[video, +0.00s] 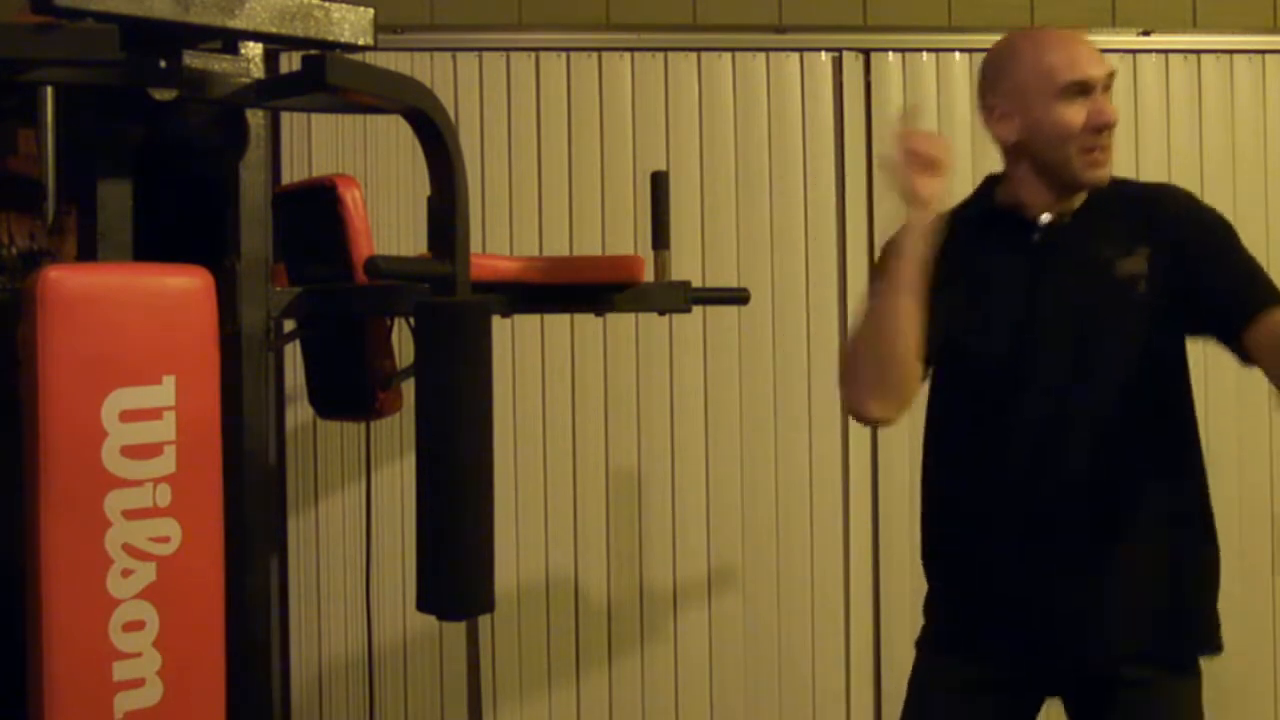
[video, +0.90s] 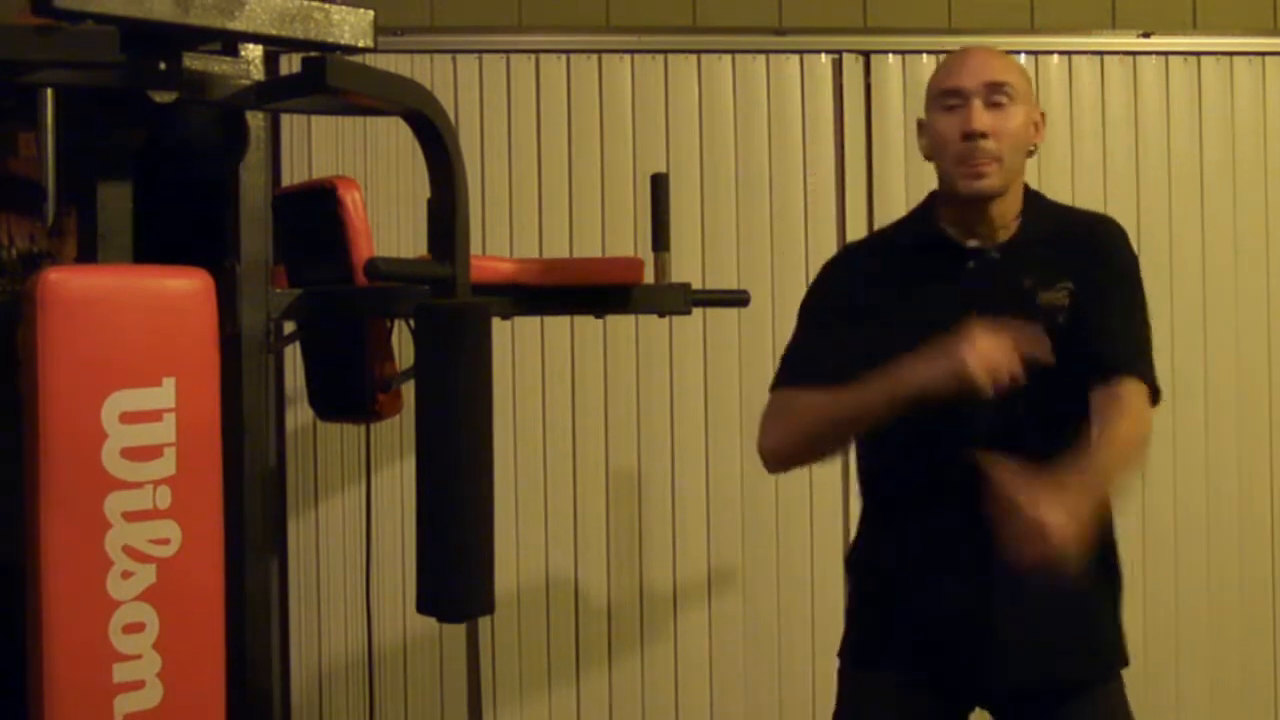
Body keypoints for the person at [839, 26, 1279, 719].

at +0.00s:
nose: (1107, 114)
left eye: (1108, 91)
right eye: (1077, 94)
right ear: (1003, 119)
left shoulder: (1167, 225)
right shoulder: (939, 250)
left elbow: (1273, 344)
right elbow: (873, 401)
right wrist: (920, 223)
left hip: (1138, 619)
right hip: (981, 618)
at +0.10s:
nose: (1125, 115)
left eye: (1127, 92)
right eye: (1093, 95)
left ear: (1135, 100)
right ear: (1025, 120)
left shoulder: (1165, 222)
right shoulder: (945, 248)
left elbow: (1258, 332)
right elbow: (862, 405)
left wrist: (1175, 380)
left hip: (1138, 614)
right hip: (984, 617)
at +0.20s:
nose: (1101, 117)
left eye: (1114, 93)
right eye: (1071, 95)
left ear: (1129, 106)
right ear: (1015, 118)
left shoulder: (1158, 219)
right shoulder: (939, 248)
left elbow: (1243, 334)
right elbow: (837, 399)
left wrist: (1180, 407)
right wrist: (977, 310)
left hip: (1135, 610)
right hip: (982, 612)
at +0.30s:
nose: (1050, 124)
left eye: (1067, 100)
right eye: (1023, 102)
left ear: (1087, 114)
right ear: (977, 123)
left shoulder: (1150, 230)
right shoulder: (928, 256)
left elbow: (1261, 357)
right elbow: (828, 384)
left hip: (1132, 623)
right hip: (974, 626)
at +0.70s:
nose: (979, 116)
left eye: (997, 92)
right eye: (953, 96)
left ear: (1025, 111)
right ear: (916, 126)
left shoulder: (1094, 229)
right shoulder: (871, 260)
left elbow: (1187, 358)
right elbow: (801, 432)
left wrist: (1215, 503)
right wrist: (874, 279)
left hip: (1072, 607)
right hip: (921, 613)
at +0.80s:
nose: (988, 117)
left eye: (1007, 95)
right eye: (961, 99)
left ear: (1038, 121)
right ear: (929, 133)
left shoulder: (1092, 235)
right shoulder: (866, 270)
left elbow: (1149, 373)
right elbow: (790, 439)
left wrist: (1030, 403)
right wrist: (928, 393)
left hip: (1063, 619)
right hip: (909, 626)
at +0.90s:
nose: (974, 122)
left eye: (997, 101)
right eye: (950, 104)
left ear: (1035, 130)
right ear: (924, 137)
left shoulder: (1091, 249)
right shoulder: (859, 272)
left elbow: (1126, 411)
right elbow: (778, 440)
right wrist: (924, 370)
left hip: (1056, 625)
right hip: (904, 626)